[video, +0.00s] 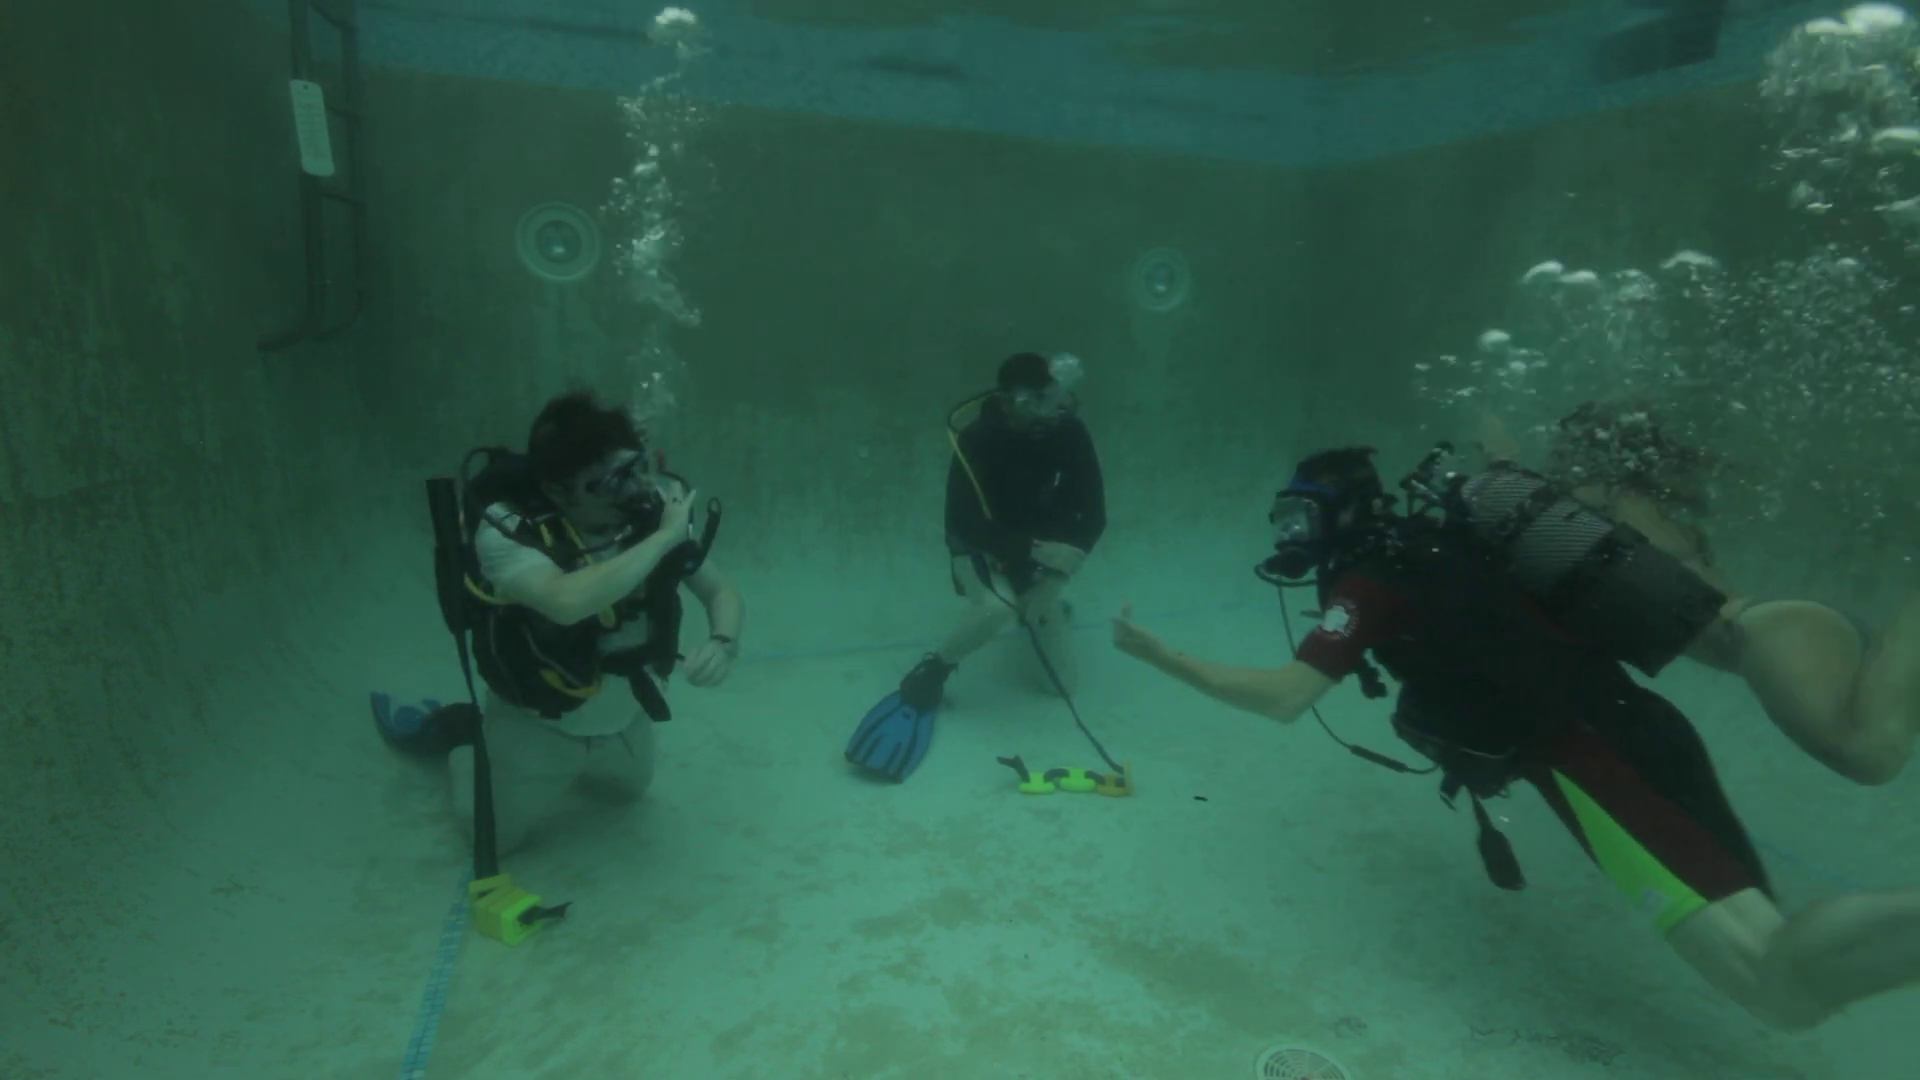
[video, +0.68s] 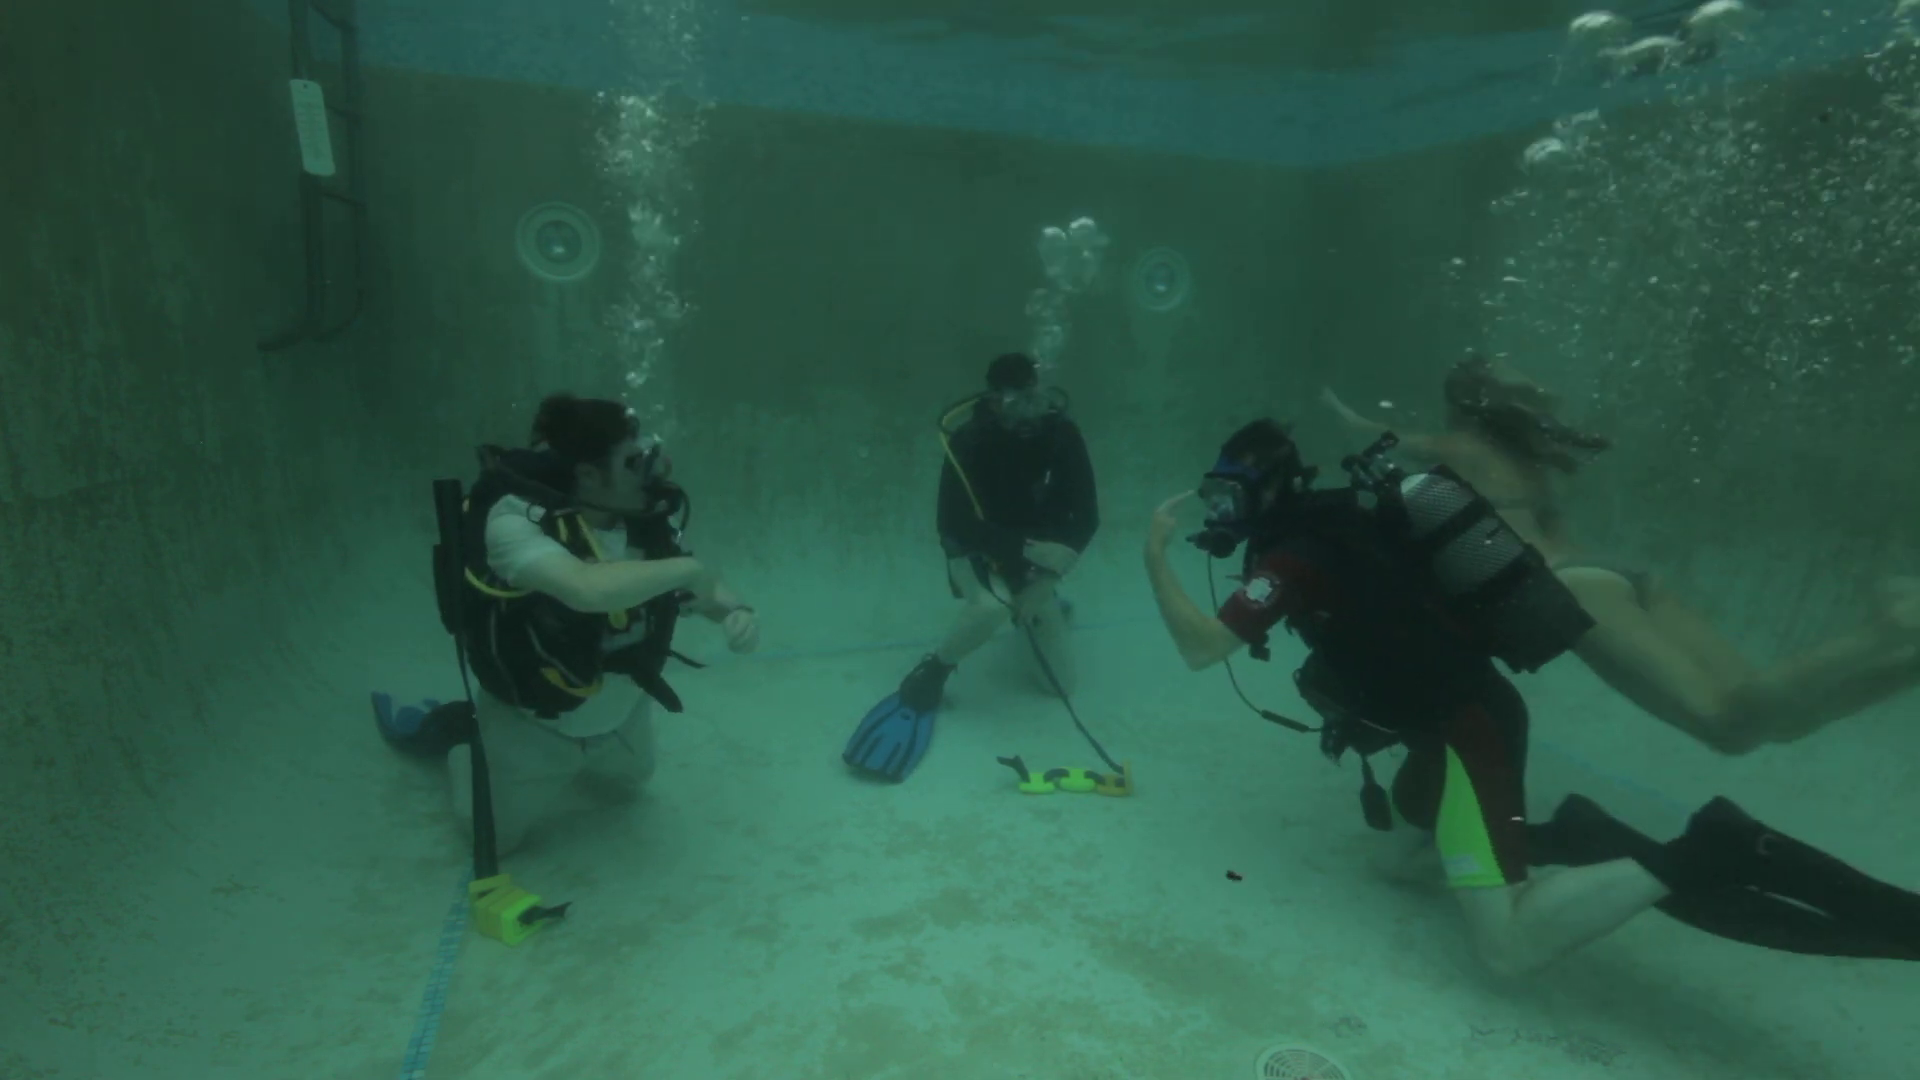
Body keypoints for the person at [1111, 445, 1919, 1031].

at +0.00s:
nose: (1288, 546)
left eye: (1300, 527)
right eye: (1286, 527)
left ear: (1346, 515)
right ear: (1361, 508)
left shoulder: (1377, 580)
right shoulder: (1429, 547)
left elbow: (1280, 695)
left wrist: (1165, 656)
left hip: (1596, 753)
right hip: (1629, 723)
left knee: (1777, 982)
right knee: (1778, 948)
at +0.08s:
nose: (1276, 540)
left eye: (1288, 522)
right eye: (1275, 522)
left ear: (1334, 510)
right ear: (1351, 502)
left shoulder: (1365, 576)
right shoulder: (1417, 532)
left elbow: (1273, 689)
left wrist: (1157, 648)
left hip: (1578, 752)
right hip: (1605, 723)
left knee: (1736, 976)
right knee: (1734, 943)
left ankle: (1906, 881)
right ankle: (1902, 880)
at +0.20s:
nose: (1261, 526)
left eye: (1272, 509)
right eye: (1262, 509)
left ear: (1315, 502)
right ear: (1337, 494)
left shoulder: (1342, 569)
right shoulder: (1397, 530)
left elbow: (1258, 682)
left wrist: (1146, 633)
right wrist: (1456, 447)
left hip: (1549, 750)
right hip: (1578, 718)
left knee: (1669, 969)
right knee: (1649, 925)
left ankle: (1865, 874)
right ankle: (1812, 865)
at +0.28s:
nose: (1250, 521)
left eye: (1261, 503)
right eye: (1251, 504)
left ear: (1300, 497)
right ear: (1325, 487)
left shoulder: (1329, 563)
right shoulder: (1381, 530)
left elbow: (1257, 676)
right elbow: (1474, 499)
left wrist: (1156, 625)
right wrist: (1443, 429)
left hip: (1530, 745)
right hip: (1552, 714)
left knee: (1634, 967)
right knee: (1606, 914)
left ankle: (1826, 870)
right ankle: (1760, 859)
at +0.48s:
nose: (1229, 518)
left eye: (1242, 503)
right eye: (1230, 503)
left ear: (1280, 495)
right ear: (1293, 485)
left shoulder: (1314, 560)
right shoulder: (1350, 517)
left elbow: (1225, 661)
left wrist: (1162, 575)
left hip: (1500, 732)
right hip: (1496, 706)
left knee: (1560, 950)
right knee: (1505, 877)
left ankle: (1736, 866)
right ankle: (1649, 847)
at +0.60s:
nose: (1221, 516)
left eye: (1231, 500)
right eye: (1221, 500)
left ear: (1270, 491)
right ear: (1284, 484)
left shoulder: (1304, 553)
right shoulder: (1335, 519)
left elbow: (1208, 649)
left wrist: (1156, 557)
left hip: (1479, 730)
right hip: (1464, 708)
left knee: (1529, 950)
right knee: (1435, 835)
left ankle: (1701, 863)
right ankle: (1589, 844)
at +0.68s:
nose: (1212, 514)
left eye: (1220, 500)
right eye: (1213, 499)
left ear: (1256, 493)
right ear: (1275, 485)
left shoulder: (1295, 551)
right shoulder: (1321, 523)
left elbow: (1200, 646)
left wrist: (1155, 549)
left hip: (1466, 725)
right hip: (1440, 713)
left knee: (1507, 949)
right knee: (1404, 854)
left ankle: (1682, 861)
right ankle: (1562, 851)